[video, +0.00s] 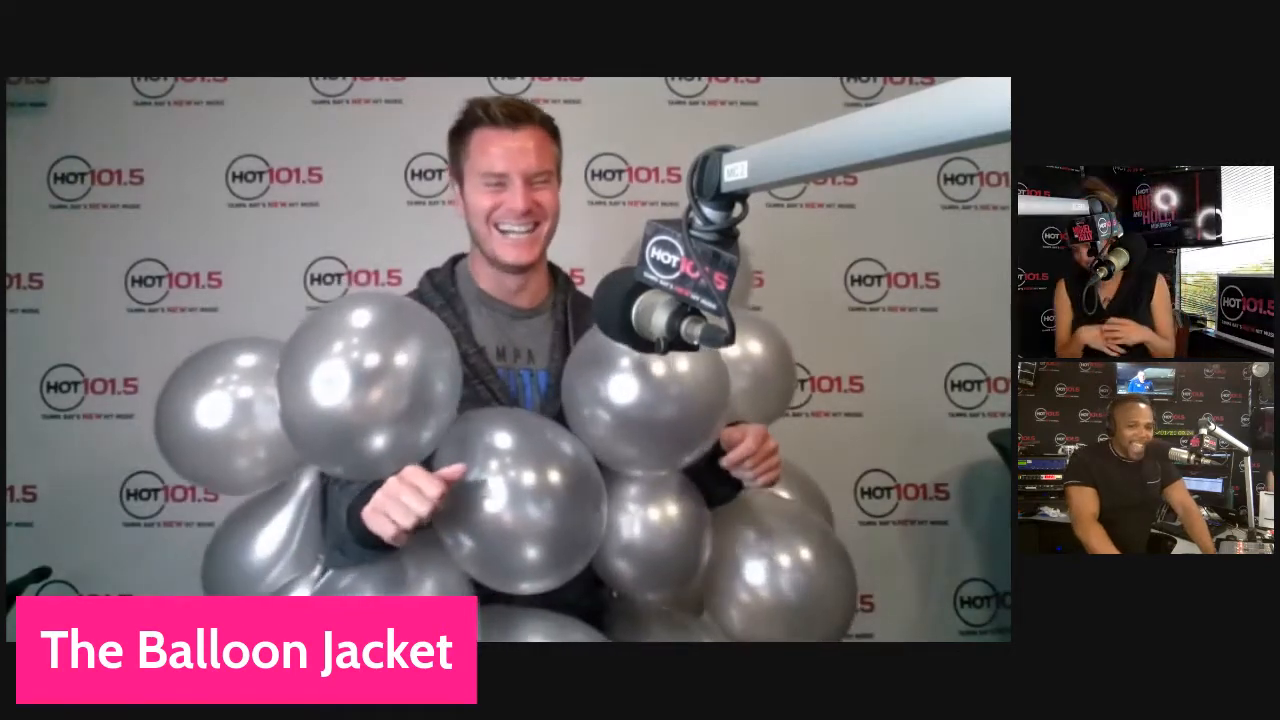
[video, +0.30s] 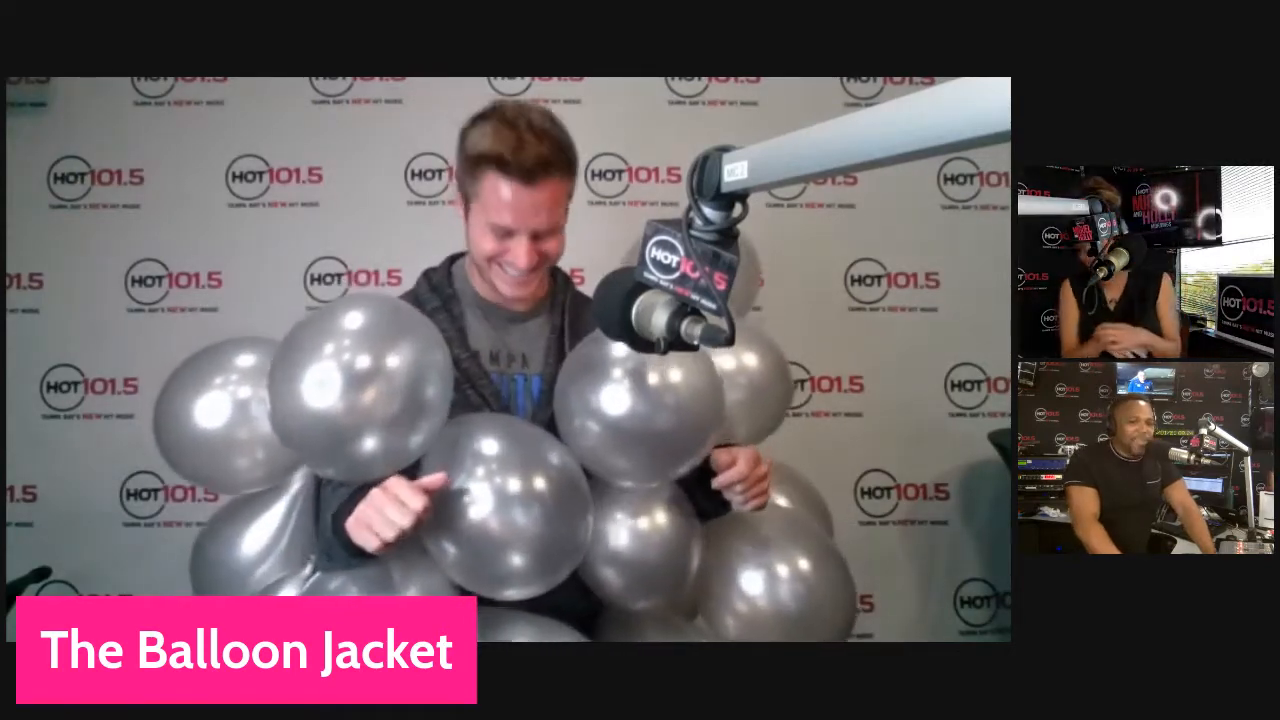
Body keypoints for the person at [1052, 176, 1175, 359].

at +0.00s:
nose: (1083, 258)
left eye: (1091, 248)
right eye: (1075, 250)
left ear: (1113, 241)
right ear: (1070, 250)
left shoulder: (1152, 284)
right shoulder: (1067, 288)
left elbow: (1169, 351)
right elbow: (1063, 356)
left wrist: (1146, 335)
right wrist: (1080, 336)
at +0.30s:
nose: (1085, 257)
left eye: (1092, 249)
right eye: (1079, 250)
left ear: (1117, 240)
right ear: (1075, 250)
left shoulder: (1158, 283)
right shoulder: (1073, 288)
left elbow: (1174, 350)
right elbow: (1069, 356)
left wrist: (1143, 337)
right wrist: (1100, 341)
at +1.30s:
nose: (1163, 223)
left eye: (1177, 214)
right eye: (1158, 214)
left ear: (1200, 223)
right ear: (1151, 222)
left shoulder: (1230, 285)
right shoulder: (1132, 281)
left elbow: (1246, 362)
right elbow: (1121, 354)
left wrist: (1199, 349)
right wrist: (1143, 346)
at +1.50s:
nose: (1157, 223)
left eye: (1171, 215)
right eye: (1151, 214)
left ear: (1190, 225)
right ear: (1143, 221)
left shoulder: (1214, 288)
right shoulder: (1118, 283)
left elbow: (1228, 361)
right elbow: (1101, 350)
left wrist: (1193, 350)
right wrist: (1125, 344)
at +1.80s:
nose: (1151, 225)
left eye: (1165, 218)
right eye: (1143, 216)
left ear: (1178, 229)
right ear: (1130, 223)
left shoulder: (1198, 292)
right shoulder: (1101, 285)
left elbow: (1206, 364)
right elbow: (1088, 355)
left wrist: (1167, 351)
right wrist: (1127, 349)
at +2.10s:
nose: (1152, 226)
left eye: (1165, 218)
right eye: (1143, 216)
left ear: (1178, 228)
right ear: (1129, 222)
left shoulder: (1196, 289)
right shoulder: (1100, 287)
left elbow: (1210, 363)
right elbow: (1089, 357)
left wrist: (1176, 347)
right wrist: (1126, 350)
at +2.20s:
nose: (1153, 226)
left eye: (1166, 218)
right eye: (1143, 216)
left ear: (1179, 228)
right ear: (1129, 222)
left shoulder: (1197, 288)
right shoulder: (1102, 286)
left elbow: (1212, 363)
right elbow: (1091, 357)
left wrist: (1173, 346)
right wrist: (1125, 351)